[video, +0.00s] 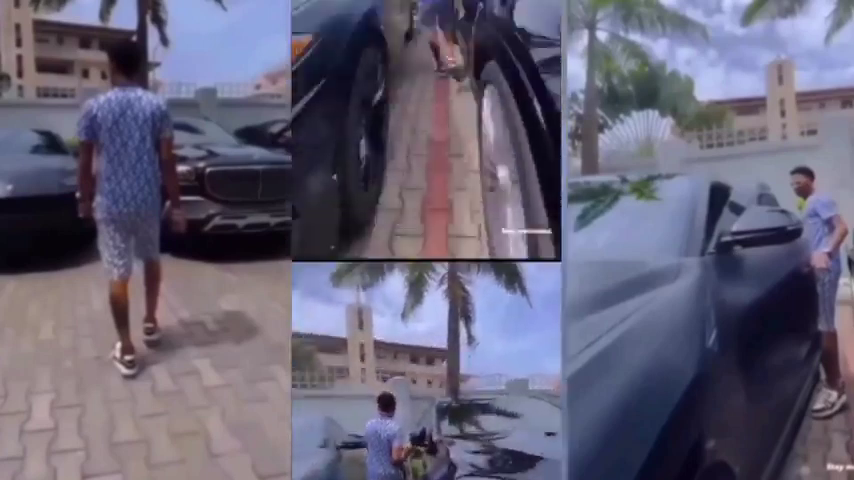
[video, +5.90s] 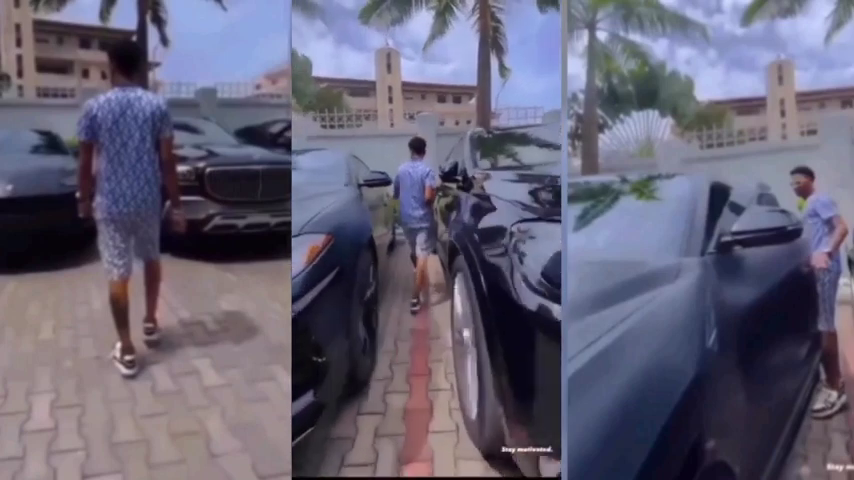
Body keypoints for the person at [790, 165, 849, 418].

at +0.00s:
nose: (796, 188)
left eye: (799, 183)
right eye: (794, 185)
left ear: (811, 181)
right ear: (796, 185)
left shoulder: (821, 201)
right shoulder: (808, 206)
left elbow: (841, 228)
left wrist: (827, 252)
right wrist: (809, 256)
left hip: (825, 269)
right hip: (814, 269)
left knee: (825, 328)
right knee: (821, 327)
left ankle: (835, 388)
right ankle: (831, 385)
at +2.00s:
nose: (796, 187)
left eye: (799, 183)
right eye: (793, 184)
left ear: (811, 181)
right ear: (797, 185)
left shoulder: (821, 201)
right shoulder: (809, 205)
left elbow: (842, 227)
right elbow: (820, 234)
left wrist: (827, 253)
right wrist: (810, 255)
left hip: (825, 268)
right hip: (815, 268)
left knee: (825, 327)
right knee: (822, 327)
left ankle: (834, 388)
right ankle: (830, 385)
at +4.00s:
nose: (796, 187)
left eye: (799, 183)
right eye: (793, 184)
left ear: (811, 181)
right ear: (797, 185)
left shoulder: (821, 201)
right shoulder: (809, 205)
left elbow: (842, 227)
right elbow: (820, 234)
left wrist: (827, 253)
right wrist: (810, 255)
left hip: (825, 268)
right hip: (815, 268)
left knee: (825, 327)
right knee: (822, 327)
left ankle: (834, 388)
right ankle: (830, 385)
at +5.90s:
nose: (795, 187)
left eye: (799, 183)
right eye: (793, 184)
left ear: (811, 181)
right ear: (797, 185)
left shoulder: (820, 201)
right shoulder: (809, 205)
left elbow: (841, 227)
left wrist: (827, 253)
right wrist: (811, 255)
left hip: (825, 268)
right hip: (815, 268)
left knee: (825, 327)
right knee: (821, 327)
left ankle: (835, 387)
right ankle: (830, 383)